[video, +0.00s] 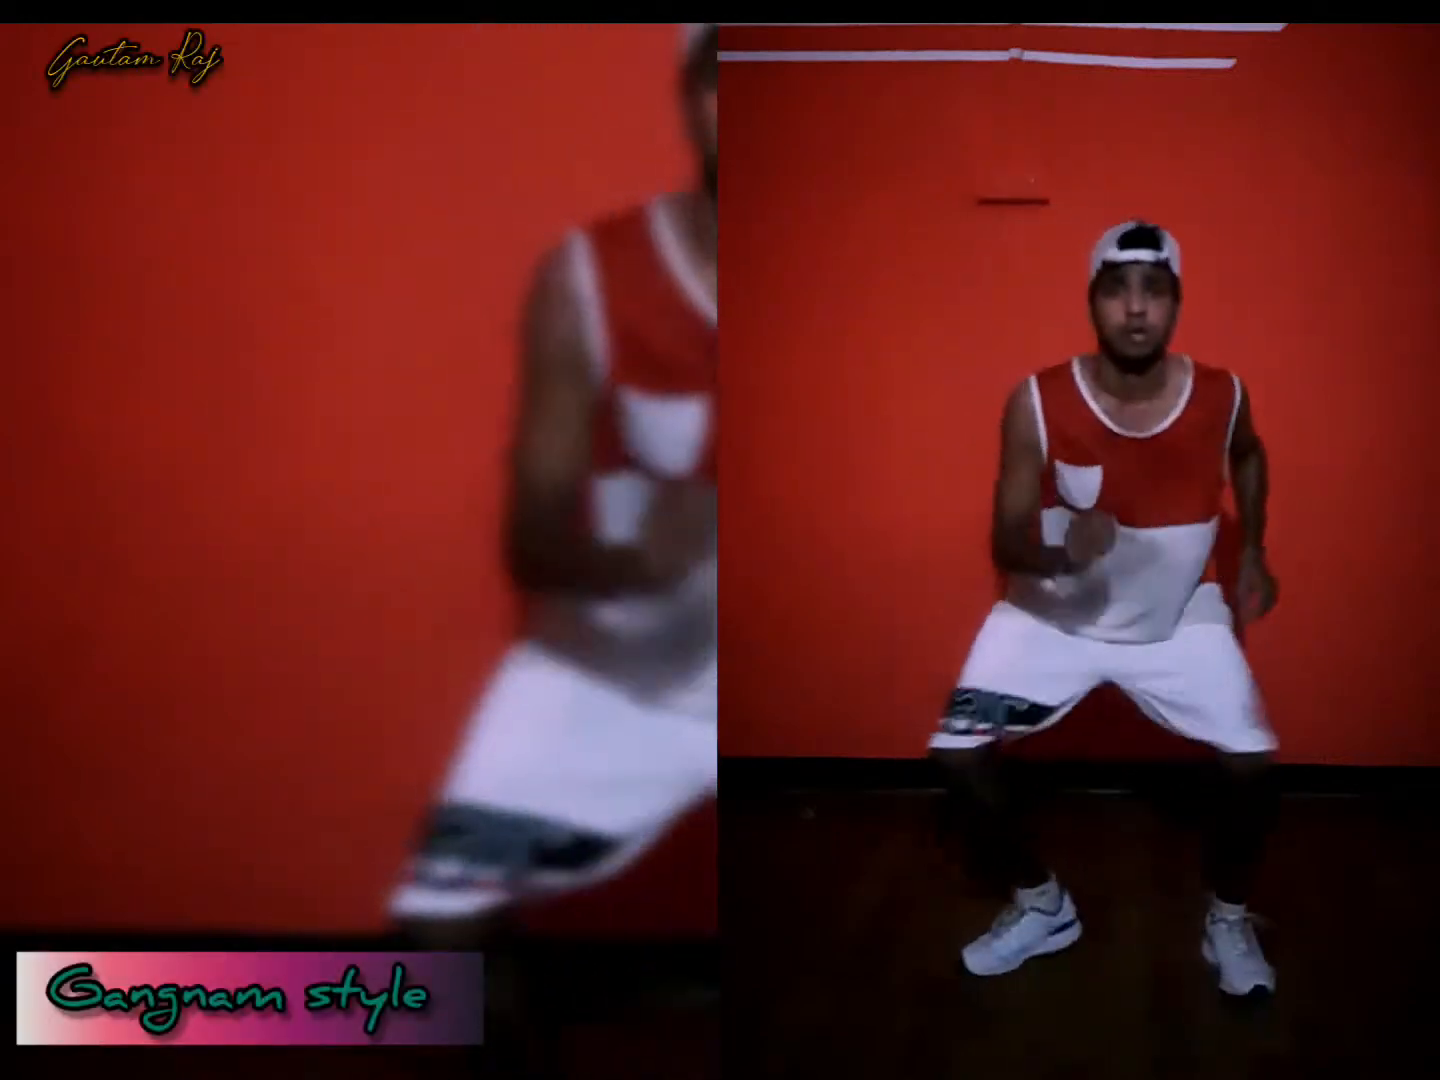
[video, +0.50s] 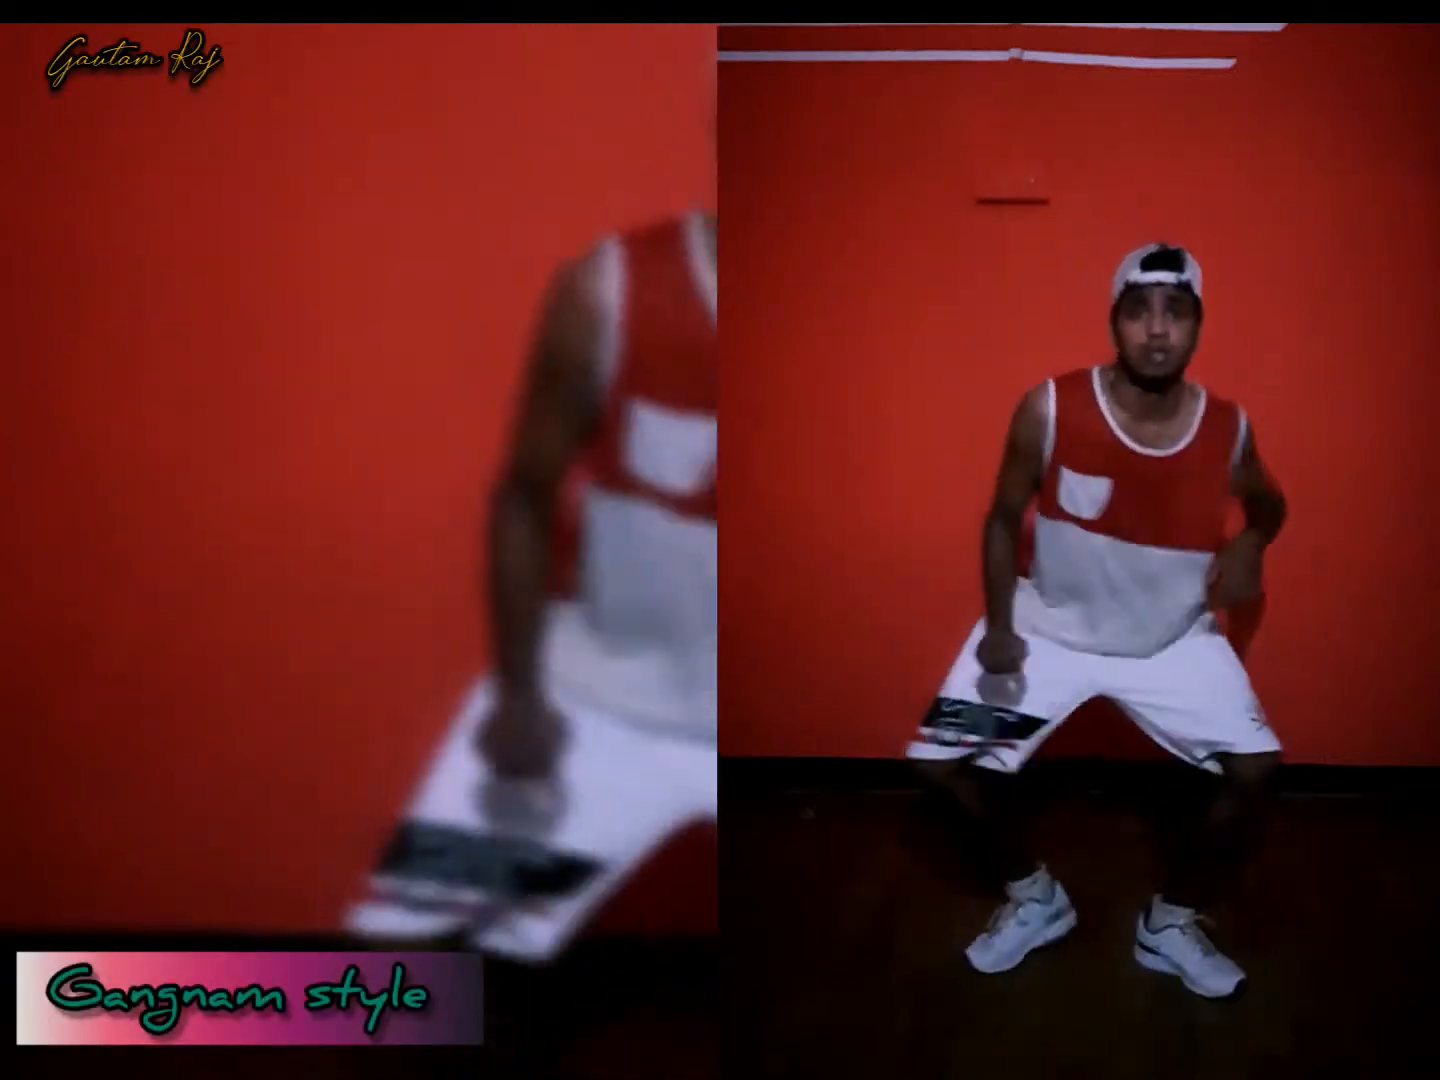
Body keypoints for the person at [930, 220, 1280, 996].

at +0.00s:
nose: (1136, 307)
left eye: (1154, 290)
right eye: (1118, 289)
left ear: (1177, 304)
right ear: (1092, 303)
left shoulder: (1220, 397)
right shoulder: (1037, 403)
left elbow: (1247, 459)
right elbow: (1009, 545)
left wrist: (1252, 550)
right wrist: (1062, 551)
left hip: (1180, 620)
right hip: (1053, 616)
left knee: (1250, 761)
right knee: (961, 753)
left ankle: (1228, 916)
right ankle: (1039, 905)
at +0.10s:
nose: (1131, 312)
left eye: (1148, 295)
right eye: (1113, 295)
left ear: (1172, 304)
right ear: (1087, 304)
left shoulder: (1219, 384)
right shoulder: (1042, 398)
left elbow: (1227, 483)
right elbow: (1017, 546)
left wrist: (1243, 590)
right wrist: (1054, 585)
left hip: (1162, 603)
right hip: (1057, 594)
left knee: (1157, 763)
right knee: (1023, 758)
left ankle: (1218, 918)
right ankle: (992, 900)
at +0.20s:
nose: (1123, 310)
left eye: (1141, 292)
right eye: (1106, 293)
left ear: (1167, 301)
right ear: (1083, 304)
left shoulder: (1220, 379)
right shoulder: (1048, 402)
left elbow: (1225, 482)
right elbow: (1046, 529)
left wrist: (1236, 589)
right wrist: (1049, 595)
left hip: (1163, 580)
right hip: (1059, 574)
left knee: (1160, 748)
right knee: (1028, 744)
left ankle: (1215, 919)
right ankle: (1001, 897)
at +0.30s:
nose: (1133, 304)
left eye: (1150, 287)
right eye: (1116, 286)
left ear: (1175, 300)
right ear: (1090, 300)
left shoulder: (1231, 378)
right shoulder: (1058, 410)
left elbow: (1238, 466)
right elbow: (1040, 533)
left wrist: (1238, 570)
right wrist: (1034, 606)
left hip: (1171, 599)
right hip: (1058, 592)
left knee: (1218, 754)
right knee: (956, 737)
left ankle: (1171, 918)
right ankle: (1028, 900)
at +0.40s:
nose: (1145, 317)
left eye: (1163, 300)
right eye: (1127, 301)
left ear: (1187, 313)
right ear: (1104, 316)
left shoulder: (1238, 397)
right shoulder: (1062, 421)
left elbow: (1255, 468)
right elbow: (1024, 542)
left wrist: (1251, 550)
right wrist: (1014, 615)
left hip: (1172, 621)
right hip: (1055, 617)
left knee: (1247, 761)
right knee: (931, 753)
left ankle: (1171, 921)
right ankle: (1035, 903)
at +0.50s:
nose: (1158, 331)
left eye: (1175, 314)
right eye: (1140, 314)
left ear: (1197, 330)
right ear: (1115, 326)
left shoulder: (1225, 430)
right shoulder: (1052, 410)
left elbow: (1266, 505)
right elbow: (1004, 517)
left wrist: (1248, 547)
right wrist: (998, 627)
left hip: (1174, 641)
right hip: (1047, 632)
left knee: (1250, 767)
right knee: (945, 767)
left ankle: (1170, 921)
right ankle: (1033, 896)